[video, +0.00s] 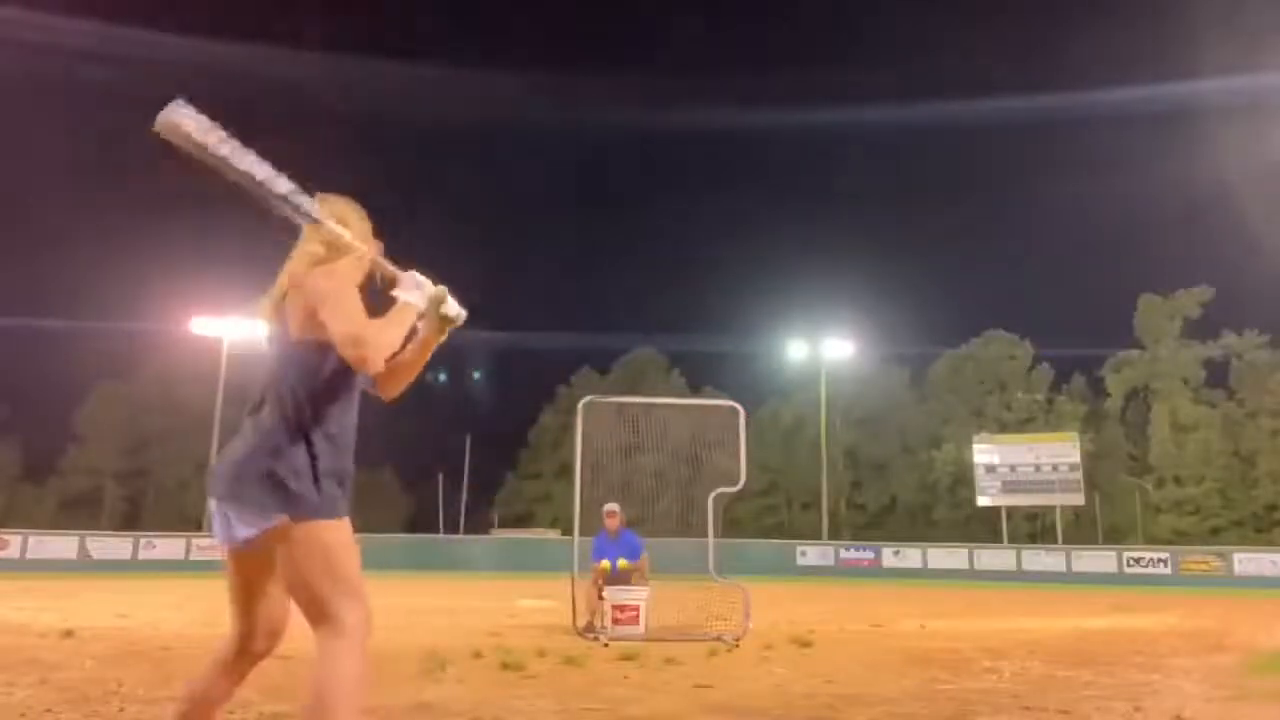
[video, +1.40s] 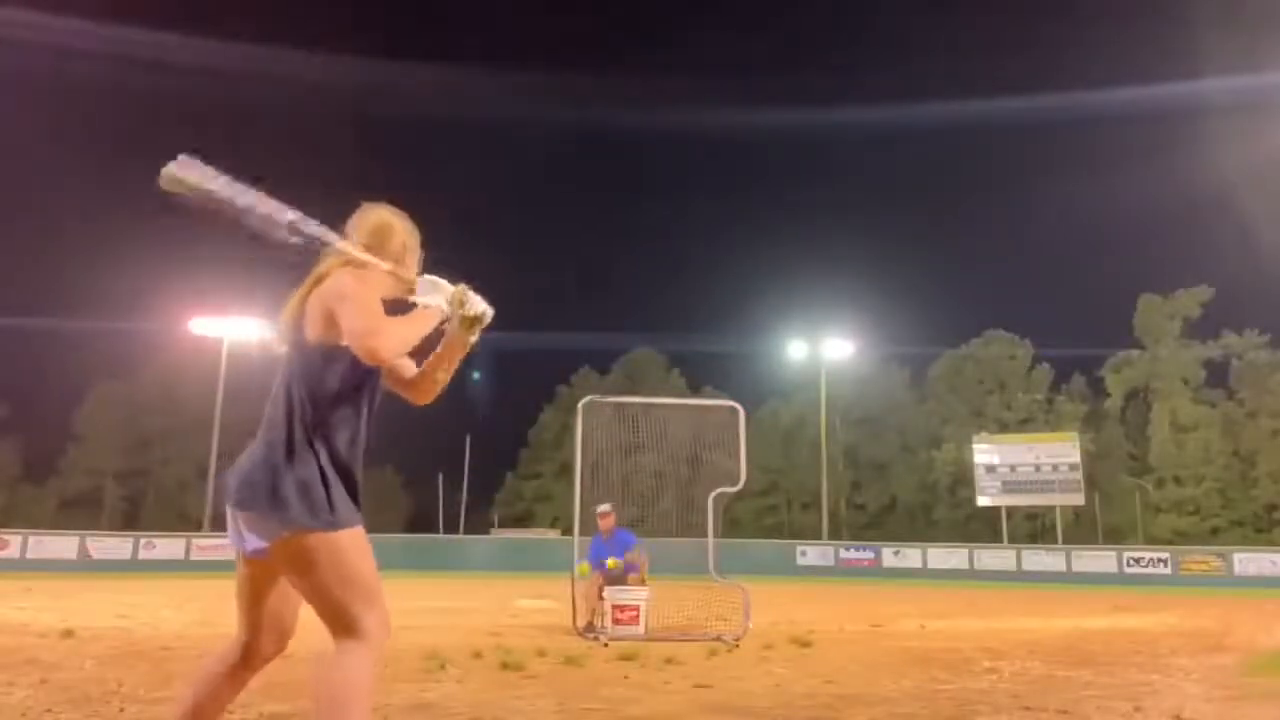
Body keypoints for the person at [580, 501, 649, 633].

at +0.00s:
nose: (611, 520)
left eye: (614, 516)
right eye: (608, 517)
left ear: (621, 518)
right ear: (603, 519)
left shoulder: (631, 538)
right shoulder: (599, 539)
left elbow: (643, 562)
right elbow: (595, 564)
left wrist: (628, 565)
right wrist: (602, 567)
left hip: (627, 576)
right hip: (607, 576)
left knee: (641, 581)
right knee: (592, 586)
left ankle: (638, 621)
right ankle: (591, 620)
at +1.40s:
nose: (604, 521)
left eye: (607, 517)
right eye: (601, 518)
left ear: (614, 517)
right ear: (597, 520)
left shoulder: (626, 537)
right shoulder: (596, 540)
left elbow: (636, 560)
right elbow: (593, 562)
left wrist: (621, 564)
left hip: (625, 573)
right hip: (606, 574)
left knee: (635, 577)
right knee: (593, 580)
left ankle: (635, 621)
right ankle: (590, 621)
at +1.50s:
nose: (599, 523)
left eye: (601, 519)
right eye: (595, 520)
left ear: (609, 518)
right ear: (593, 522)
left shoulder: (623, 537)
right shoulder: (595, 542)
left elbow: (640, 556)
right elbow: (591, 564)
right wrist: (597, 575)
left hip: (622, 573)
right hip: (603, 575)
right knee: (591, 587)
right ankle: (589, 622)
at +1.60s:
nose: (597, 524)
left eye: (600, 519)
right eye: (594, 521)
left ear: (607, 519)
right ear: (591, 523)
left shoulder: (620, 535)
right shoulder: (594, 545)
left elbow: (639, 552)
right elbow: (592, 568)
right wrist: (598, 578)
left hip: (622, 573)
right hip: (603, 575)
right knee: (590, 586)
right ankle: (589, 622)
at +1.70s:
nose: (594, 525)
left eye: (597, 520)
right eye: (591, 522)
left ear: (604, 520)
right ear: (589, 524)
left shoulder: (616, 535)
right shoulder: (593, 546)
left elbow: (637, 544)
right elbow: (592, 567)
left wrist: (640, 552)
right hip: (604, 575)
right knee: (590, 586)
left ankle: (589, 622)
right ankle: (589, 622)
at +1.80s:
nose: (594, 525)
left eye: (596, 520)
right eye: (591, 522)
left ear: (604, 520)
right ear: (588, 524)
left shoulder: (619, 535)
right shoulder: (591, 547)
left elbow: (645, 547)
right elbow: (592, 570)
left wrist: (661, 565)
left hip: (626, 575)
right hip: (605, 577)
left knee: (632, 577)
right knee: (592, 580)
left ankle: (629, 621)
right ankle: (590, 622)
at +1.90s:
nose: (596, 525)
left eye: (599, 520)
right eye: (593, 521)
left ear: (606, 519)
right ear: (590, 524)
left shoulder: (619, 534)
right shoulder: (592, 545)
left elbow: (645, 546)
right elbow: (585, 569)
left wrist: (654, 562)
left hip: (626, 574)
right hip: (605, 576)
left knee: (633, 578)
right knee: (591, 579)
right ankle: (590, 622)